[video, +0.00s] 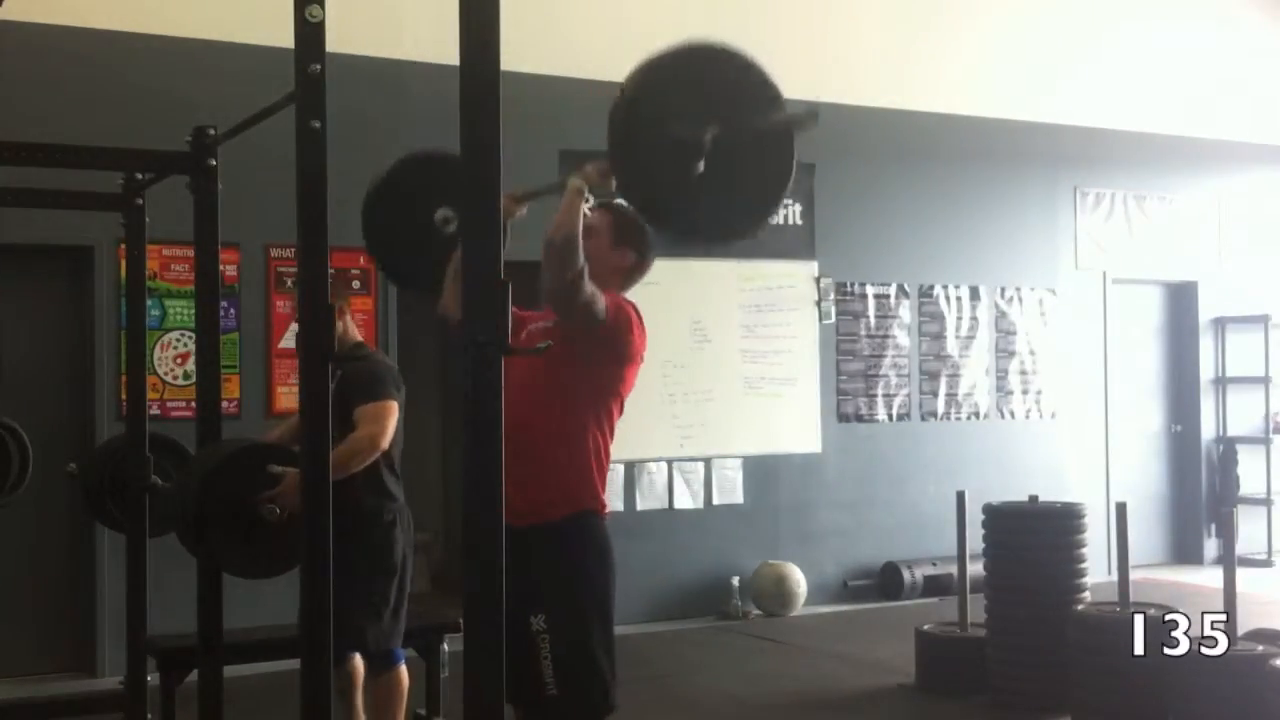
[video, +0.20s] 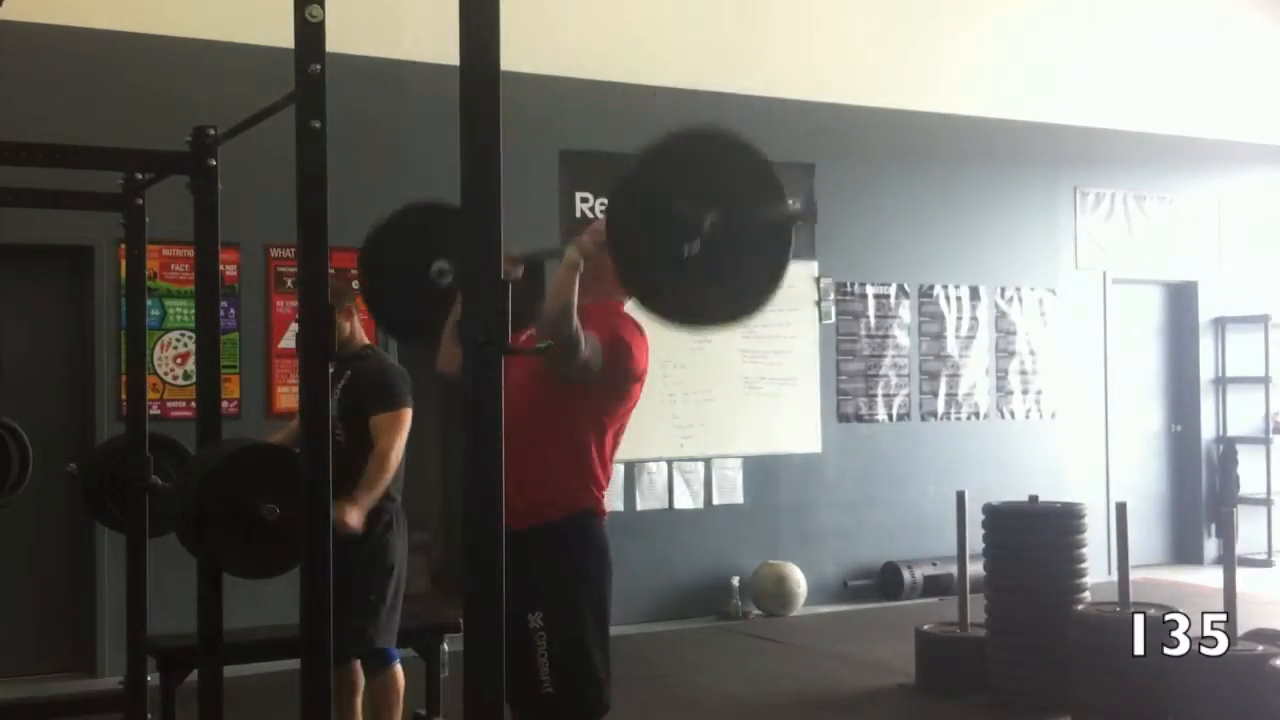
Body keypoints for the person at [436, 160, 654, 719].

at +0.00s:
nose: (573, 239)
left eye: (591, 232)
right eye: (575, 231)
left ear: (624, 260)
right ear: (563, 251)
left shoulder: (618, 326)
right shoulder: (530, 323)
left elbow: (562, 282)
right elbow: (456, 308)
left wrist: (576, 186)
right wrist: (488, 225)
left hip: (568, 527)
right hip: (503, 524)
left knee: (583, 686)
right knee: (508, 679)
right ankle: (535, 709)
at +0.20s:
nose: (577, 253)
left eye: (595, 245)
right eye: (578, 244)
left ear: (619, 268)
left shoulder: (623, 339)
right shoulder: (534, 335)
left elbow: (562, 350)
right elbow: (450, 361)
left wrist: (569, 264)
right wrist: (477, 282)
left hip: (565, 533)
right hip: (504, 530)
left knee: (573, 689)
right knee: (505, 683)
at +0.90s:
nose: (521, 251)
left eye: (538, 242)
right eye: (519, 240)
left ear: (577, 256)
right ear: (513, 244)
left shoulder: (582, 328)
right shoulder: (498, 320)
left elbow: (527, 431)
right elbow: (449, 426)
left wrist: (533, 341)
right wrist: (454, 340)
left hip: (540, 528)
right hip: (483, 526)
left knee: (531, 685)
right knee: (484, 679)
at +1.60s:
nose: (443, 250)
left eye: (459, 243)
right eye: (451, 241)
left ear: (494, 262)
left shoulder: (501, 343)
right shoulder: (444, 342)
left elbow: (445, 442)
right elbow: (389, 450)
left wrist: (467, 328)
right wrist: (384, 357)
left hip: (469, 552)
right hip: (430, 552)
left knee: (465, 703)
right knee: (435, 701)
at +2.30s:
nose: (448, 262)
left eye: (456, 248)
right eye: (452, 248)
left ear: (485, 256)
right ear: (483, 260)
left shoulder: (541, 328)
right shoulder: (485, 333)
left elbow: (529, 452)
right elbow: (453, 429)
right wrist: (400, 389)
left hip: (534, 532)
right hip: (489, 529)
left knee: (538, 700)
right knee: (488, 696)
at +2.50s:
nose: (495, 266)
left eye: (507, 249)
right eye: (484, 251)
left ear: (537, 250)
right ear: (481, 262)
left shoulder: (581, 326)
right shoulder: (490, 334)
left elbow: (591, 449)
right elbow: (455, 430)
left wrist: (498, 415)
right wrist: (406, 380)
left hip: (575, 523)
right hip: (502, 522)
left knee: (574, 688)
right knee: (515, 683)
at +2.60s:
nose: (508, 263)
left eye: (521, 248)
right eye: (500, 249)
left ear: (553, 248)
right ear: (495, 256)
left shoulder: (600, 340)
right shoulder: (501, 335)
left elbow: (627, 447)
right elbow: (467, 433)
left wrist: (552, 457)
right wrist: (417, 381)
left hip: (582, 526)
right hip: (512, 526)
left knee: (582, 694)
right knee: (533, 690)